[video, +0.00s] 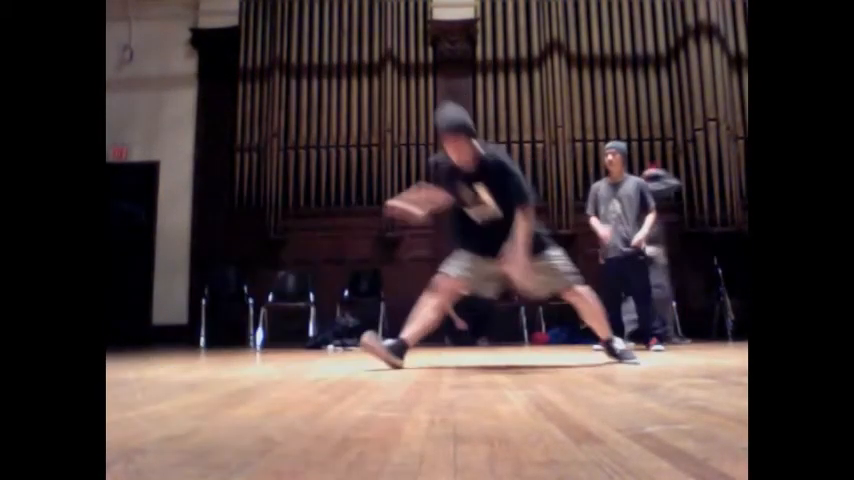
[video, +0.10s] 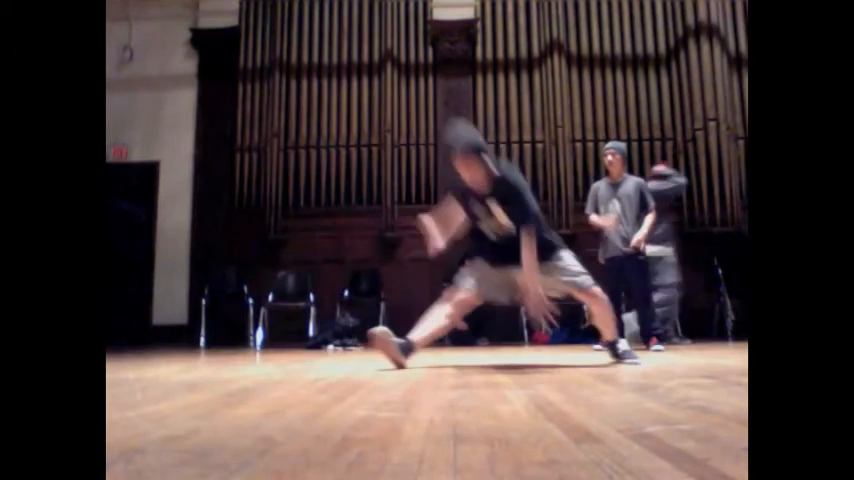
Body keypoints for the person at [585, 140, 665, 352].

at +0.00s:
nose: (609, 159)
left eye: (614, 155)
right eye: (607, 155)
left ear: (623, 158)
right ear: (604, 160)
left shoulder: (637, 184)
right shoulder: (597, 188)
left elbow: (651, 212)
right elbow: (591, 215)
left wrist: (642, 234)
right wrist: (601, 229)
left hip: (633, 251)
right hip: (609, 254)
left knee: (643, 298)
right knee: (610, 301)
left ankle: (650, 336)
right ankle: (614, 337)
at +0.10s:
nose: (609, 159)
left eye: (614, 155)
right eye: (607, 155)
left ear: (623, 159)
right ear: (603, 160)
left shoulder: (637, 184)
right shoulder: (597, 188)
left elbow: (651, 212)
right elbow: (591, 215)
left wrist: (641, 234)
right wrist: (603, 222)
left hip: (634, 250)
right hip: (610, 252)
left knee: (643, 297)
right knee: (611, 298)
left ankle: (651, 336)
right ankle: (612, 337)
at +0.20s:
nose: (609, 160)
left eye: (613, 155)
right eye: (606, 156)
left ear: (622, 159)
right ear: (603, 160)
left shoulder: (637, 184)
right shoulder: (597, 187)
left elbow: (650, 211)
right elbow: (590, 215)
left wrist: (641, 234)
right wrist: (604, 212)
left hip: (633, 250)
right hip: (609, 253)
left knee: (642, 297)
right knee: (611, 298)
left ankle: (651, 336)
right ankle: (612, 337)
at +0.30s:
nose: (609, 162)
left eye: (614, 158)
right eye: (606, 158)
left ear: (623, 161)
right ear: (603, 162)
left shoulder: (637, 184)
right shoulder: (598, 187)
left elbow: (649, 212)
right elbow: (592, 213)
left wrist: (642, 236)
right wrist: (610, 194)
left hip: (633, 249)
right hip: (609, 251)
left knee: (641, 296)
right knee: (611, 299)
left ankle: (651, 336)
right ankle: (611, 337)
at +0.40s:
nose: (608, 162)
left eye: (612, 158)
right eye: (605, 158)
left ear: (622, 160)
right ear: (603, 162)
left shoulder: (637, 183)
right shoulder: (599, 185)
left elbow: (648, 212)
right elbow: (596, 206)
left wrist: (644, 239)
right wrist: (614, 182)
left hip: (633, 248)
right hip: (609, 250)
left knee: (642, 296)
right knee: (610, 298)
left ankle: (653, 336)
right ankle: (612, 337)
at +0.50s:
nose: (608, 162)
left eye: (612, 158)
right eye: (605, 159)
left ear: (622, 160)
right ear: (603, 162)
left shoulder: (637, 183)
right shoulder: (599, 185)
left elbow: (648, 212)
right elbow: (597, 205)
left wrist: (645, 240)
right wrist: (615, 180)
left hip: (633, 248)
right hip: (609, 250)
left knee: (642, 296)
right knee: (610, 298)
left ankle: (652, 336)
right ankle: (610, 336)